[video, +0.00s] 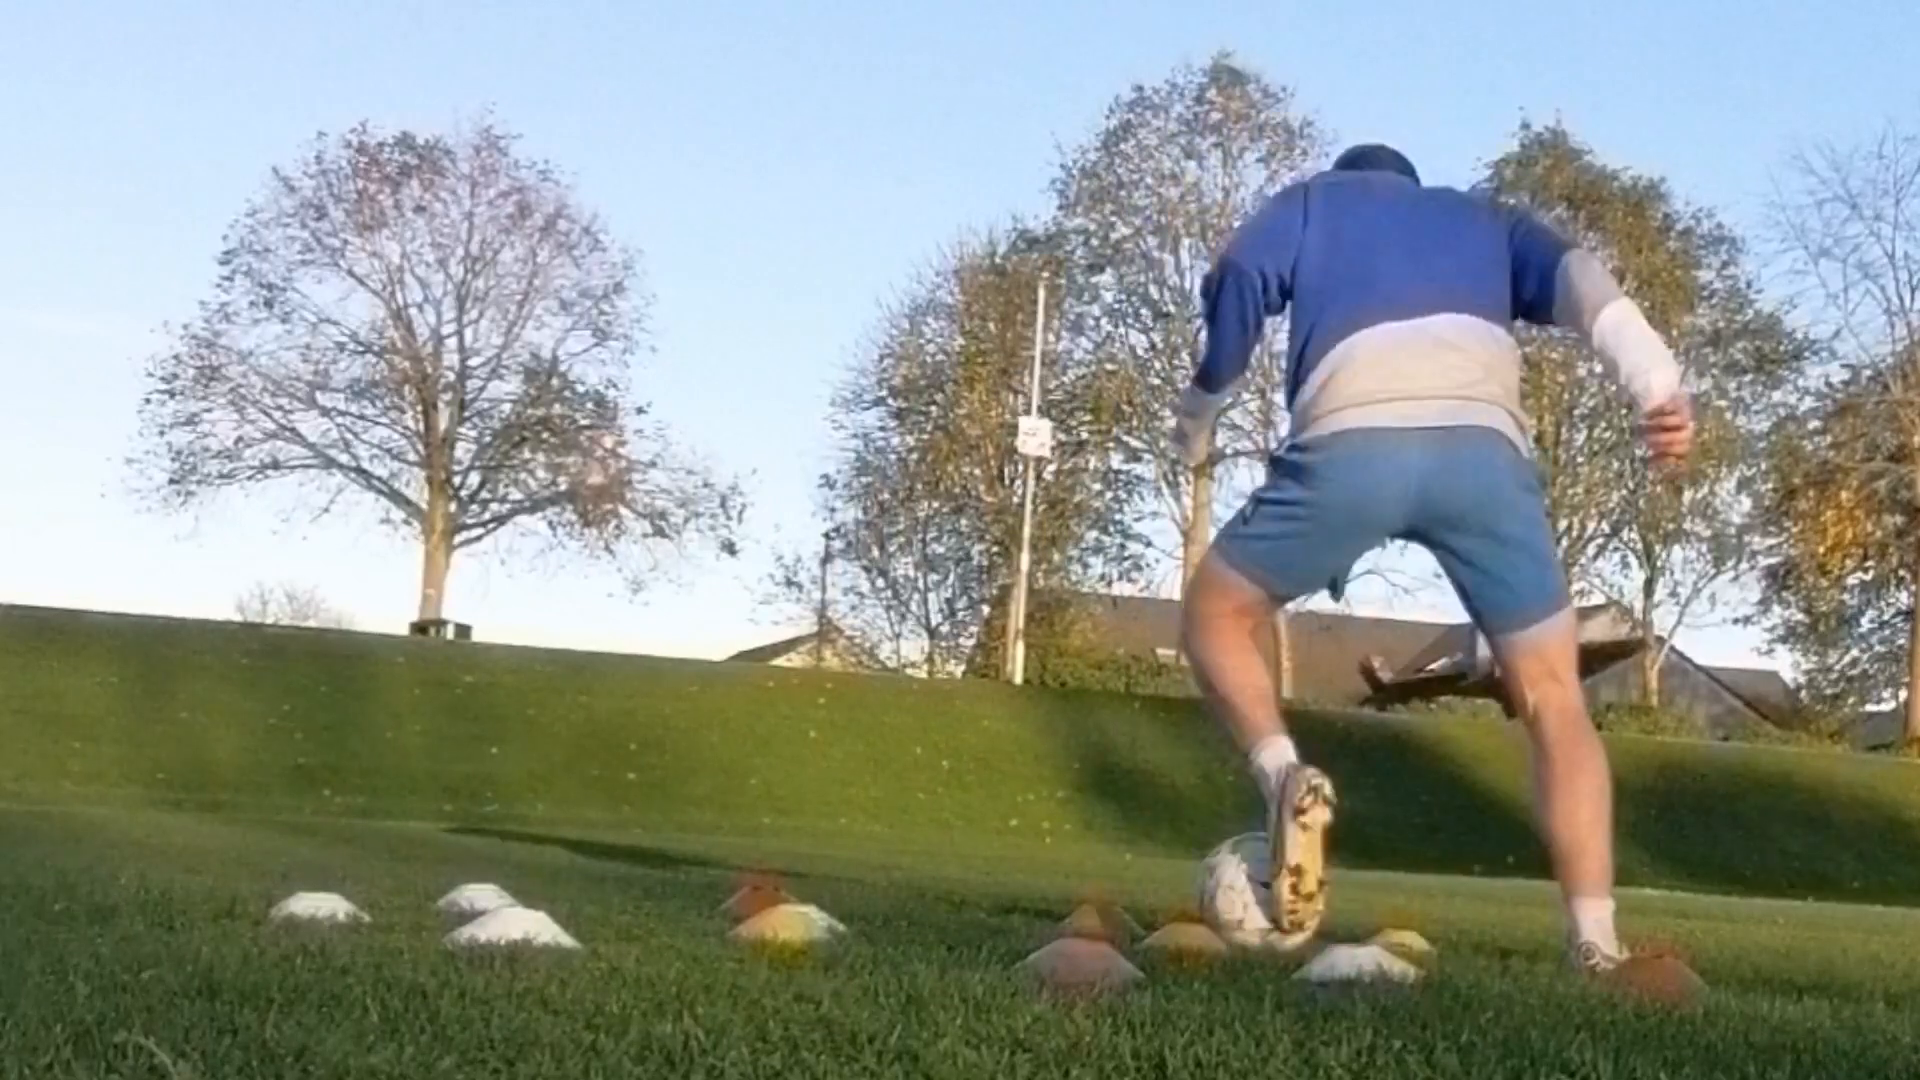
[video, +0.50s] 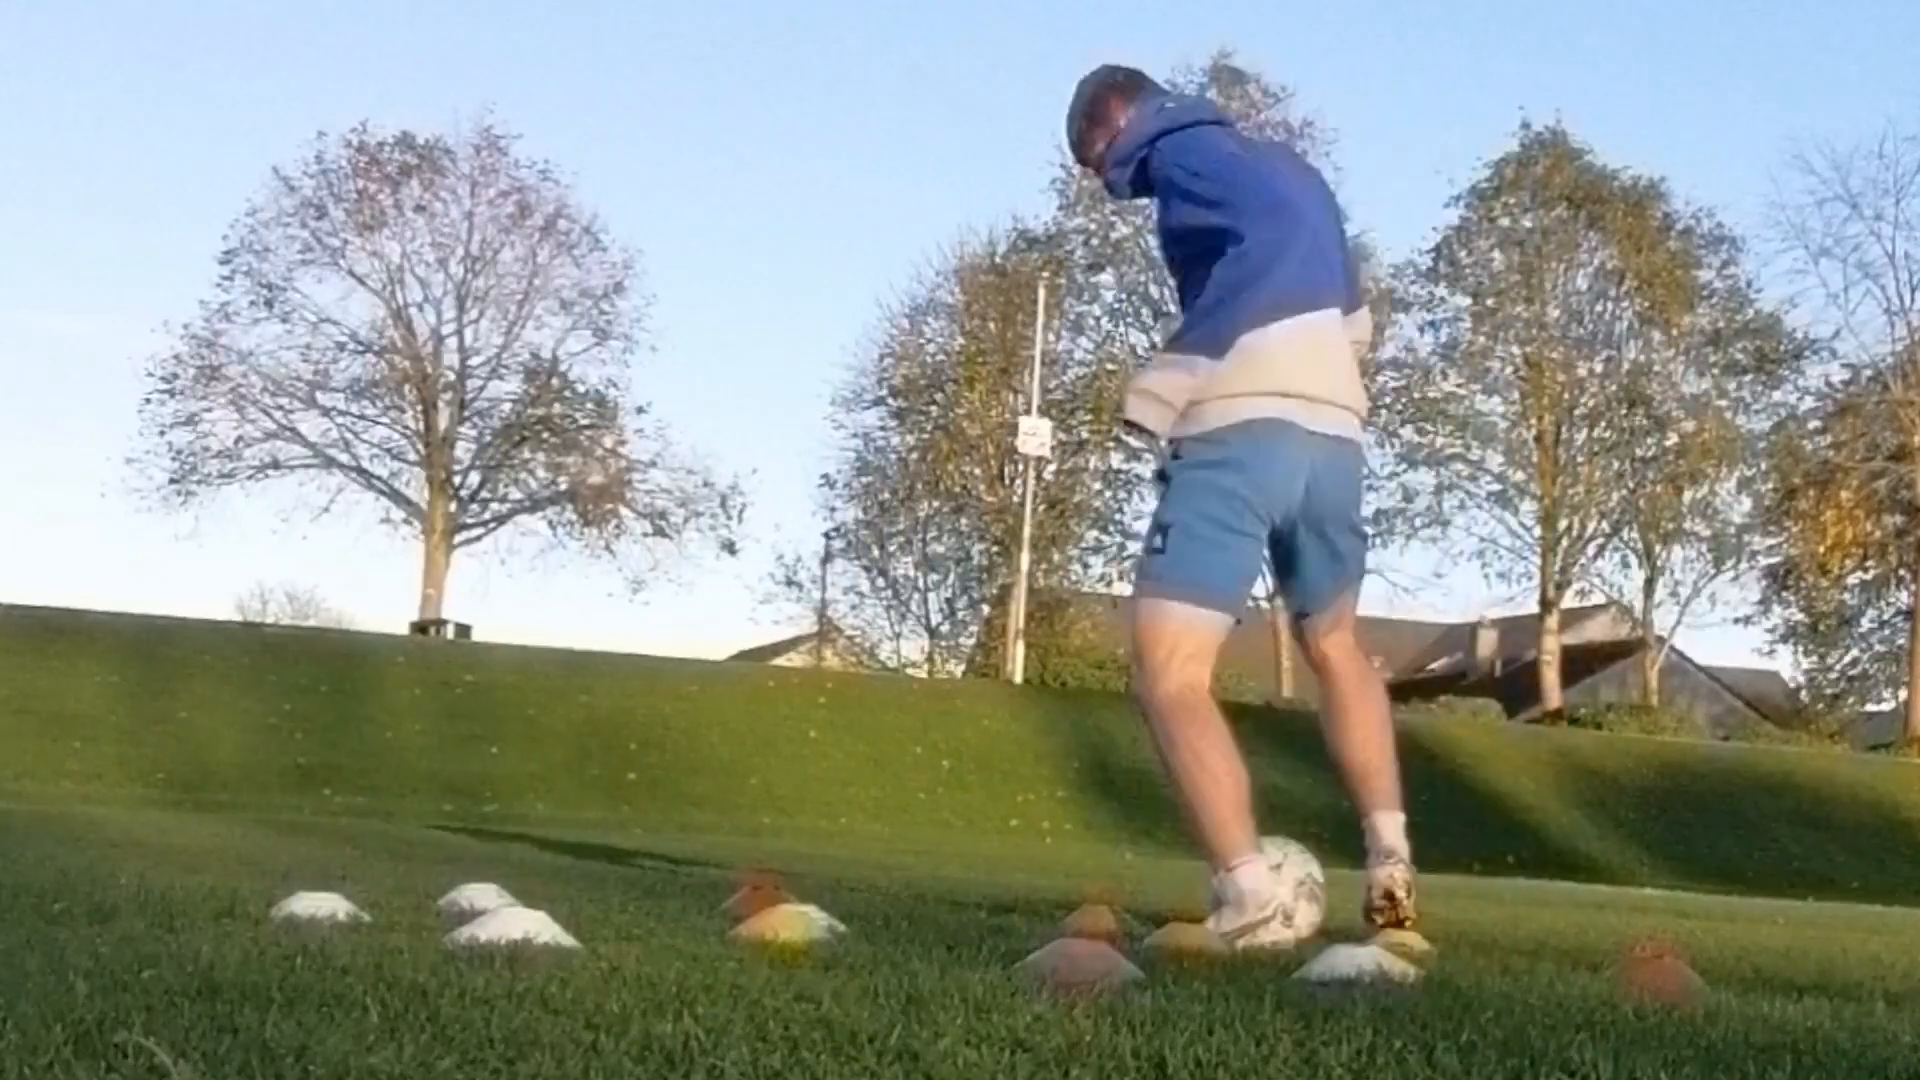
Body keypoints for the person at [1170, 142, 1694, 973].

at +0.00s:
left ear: (1334, 177)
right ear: (1415, 183)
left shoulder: (1302, 203)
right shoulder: (1484, 215)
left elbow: (1242, 272)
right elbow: (1585, 276)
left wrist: (1198, 407)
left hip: (1348, 454)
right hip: (1484, 455)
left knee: (1217, 611)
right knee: (1554, 697)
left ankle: (1284, 780)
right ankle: (1597, 945)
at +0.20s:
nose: (1227, 153)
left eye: (1230, 139)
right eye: (1226, 141)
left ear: (1252, 118)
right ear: (1320, 104)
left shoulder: (1269, 147)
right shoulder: (1440, 158)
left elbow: (1217, 266)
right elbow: (1577, 271)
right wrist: (1606, 413)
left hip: (1353, 412)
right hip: (1466, 423)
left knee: (1182, 600)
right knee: (1426, 662)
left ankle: (1204, 824)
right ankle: (1487, 888)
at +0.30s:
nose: (1178, 161)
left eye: (1173, 140)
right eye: (1169, 147)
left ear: (1202, 104)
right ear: (1236, 90)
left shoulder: (1262, 130)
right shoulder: (1367, 155)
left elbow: (1327, 246)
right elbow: (1483, 258)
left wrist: (1228, 379)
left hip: (1345, 412)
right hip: (1440, 428)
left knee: (1166, 584)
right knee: (1393, 673)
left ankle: (1089, 828)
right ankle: (1485, 893)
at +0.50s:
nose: (1097, 173)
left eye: (1092, 155)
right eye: (1090, 161)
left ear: (1112, 118)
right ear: (1154, 97)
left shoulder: (1176, 149)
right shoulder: (1298, 173)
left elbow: (1257, 252)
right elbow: (1355, 317)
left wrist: (1163, 383)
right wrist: (1323, 402)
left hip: (1237, 445)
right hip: (1336, 453)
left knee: (1170, 675)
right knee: (1337, 647)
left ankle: (1248, 893)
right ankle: (1390, 863)